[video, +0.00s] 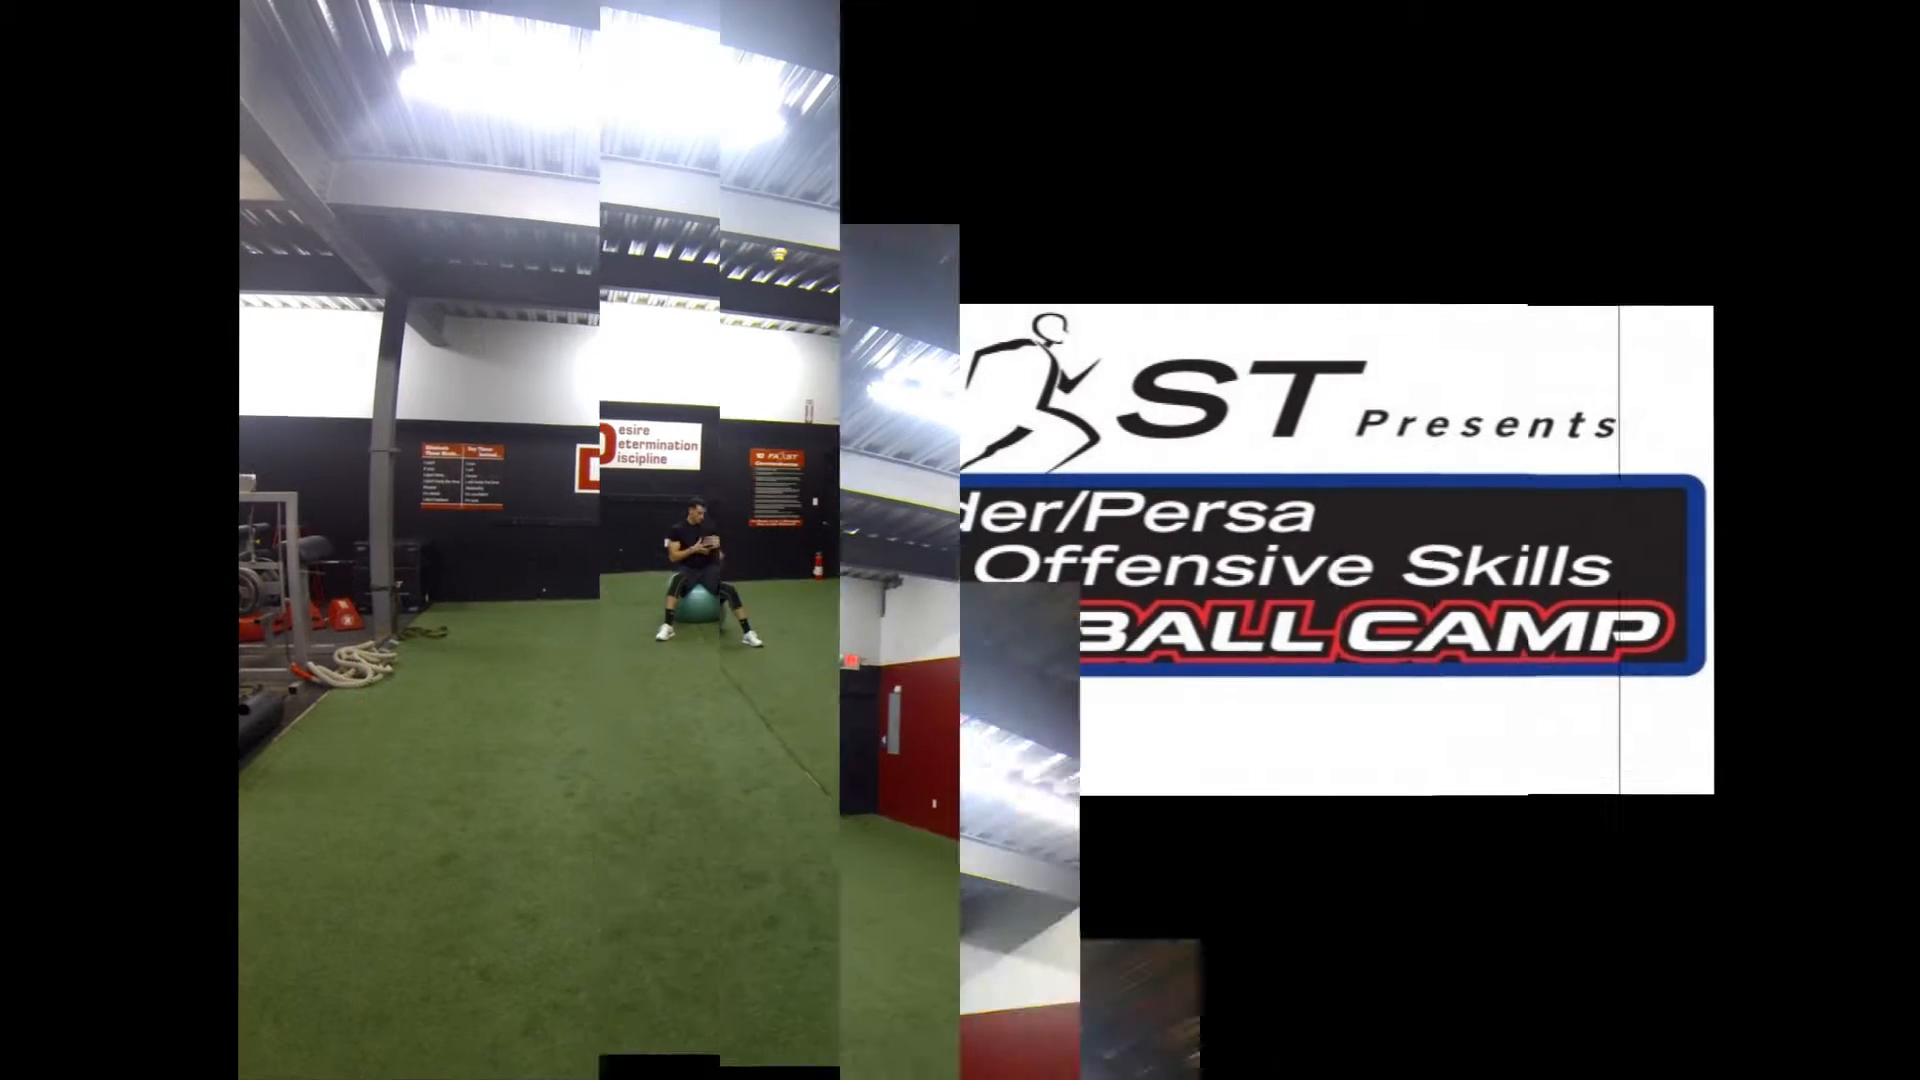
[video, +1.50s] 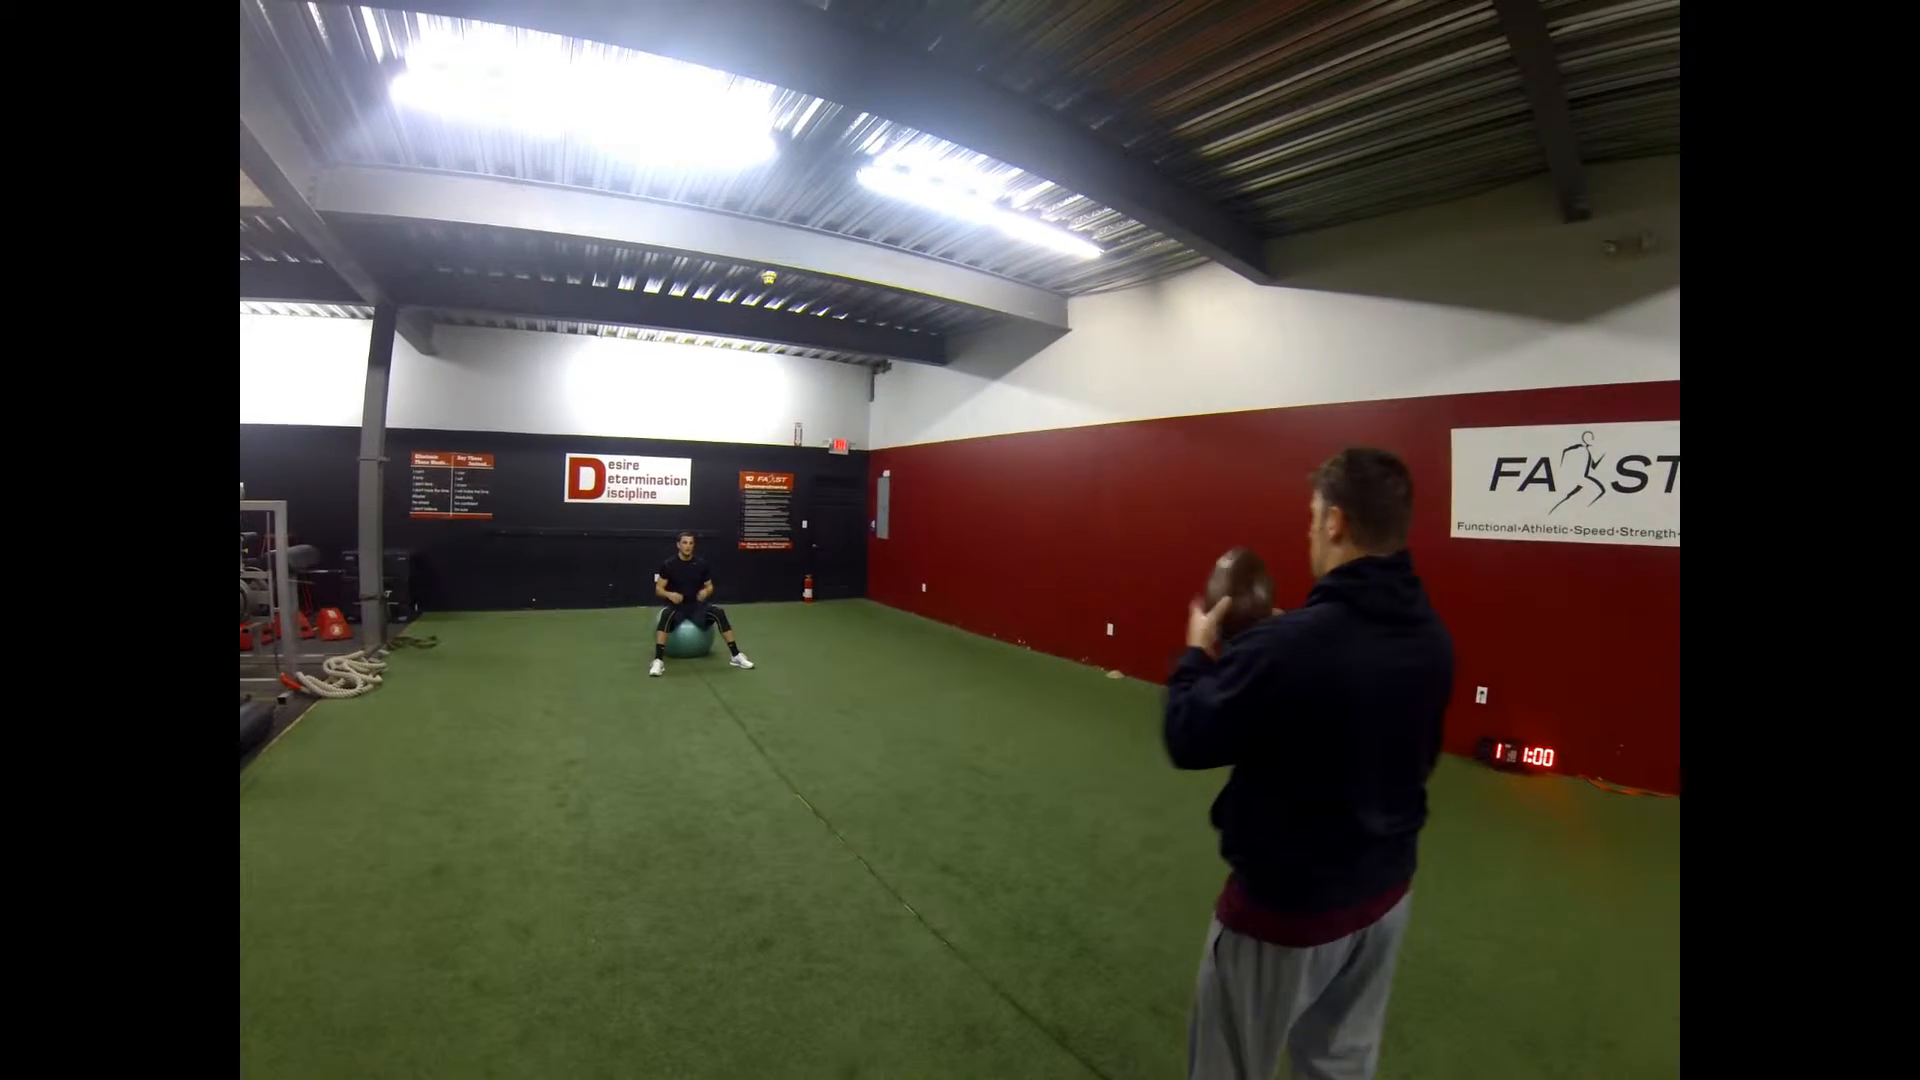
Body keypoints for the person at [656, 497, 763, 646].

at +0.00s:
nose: (702, 517)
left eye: (703, 514)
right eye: (699, 513)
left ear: (704, 513)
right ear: (690, 511)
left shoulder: (708, 528)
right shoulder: (678, 530)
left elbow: (717, 557)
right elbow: (673, 556)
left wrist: (716, 547)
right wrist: (694, 549)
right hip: (688, 571)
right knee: (676, 582)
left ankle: (748, 632)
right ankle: (667, 626)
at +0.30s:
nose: (690, 534)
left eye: (693, 531)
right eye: (687, 531)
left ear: (696, 534)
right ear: (681, 533)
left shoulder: (707, 550)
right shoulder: (675, 553)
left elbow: (717, 572)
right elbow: (652, 567)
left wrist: (702, 557)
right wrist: (656, 545)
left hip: (705, 595)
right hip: (683, 595)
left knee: (727, 602)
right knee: (673, 604)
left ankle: (743, 645)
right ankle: (661, 650)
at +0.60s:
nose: (689, 532)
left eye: (691, 529)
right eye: (685, 529)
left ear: (696, 531)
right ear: (680, 533)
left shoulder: (706, 549)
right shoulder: (677, 552)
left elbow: (721, 571)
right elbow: (668, 564)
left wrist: (702, 562)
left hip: (708, 594)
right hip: (687, 595)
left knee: (727, 606)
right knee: (674, 608)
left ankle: (745, 649)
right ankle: (664, 653)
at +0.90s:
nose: (691, 540)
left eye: (693, 537)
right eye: (687, 537)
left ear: (697, 540)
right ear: (682, 541)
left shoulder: (706, 559)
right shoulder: (675, 563)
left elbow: (714, 577)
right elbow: (668, 586)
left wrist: (713, 585)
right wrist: (679, 592)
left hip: (705, 601)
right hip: (686, 602)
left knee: (726, 607)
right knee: (673, 609)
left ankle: (745, 650)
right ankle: (664, 655)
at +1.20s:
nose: (686, 542)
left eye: (689, 540)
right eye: (683, 539)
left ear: (693, 542)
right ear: (677, 542)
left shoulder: (700, 561)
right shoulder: (669, 562)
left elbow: (709, 585)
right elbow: (658, 587)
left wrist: (701, 589)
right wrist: (673, 593)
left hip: (697, 603)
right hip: (677, 603)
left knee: (721, 610)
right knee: (666, 611)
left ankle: (737, 653)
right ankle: (658, 658)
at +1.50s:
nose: (687, 546)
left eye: (690, 543)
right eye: (684, 543)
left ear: (694, 546)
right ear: (678, 545)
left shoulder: (701, 564)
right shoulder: (669, 565)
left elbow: (709, 586)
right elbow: (658, 589)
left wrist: (704, 593)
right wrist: (670, 595)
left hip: (697, 606)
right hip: (677, 606)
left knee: (719, 612)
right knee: (666, 614)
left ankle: (736, 655)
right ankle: (658, 660)